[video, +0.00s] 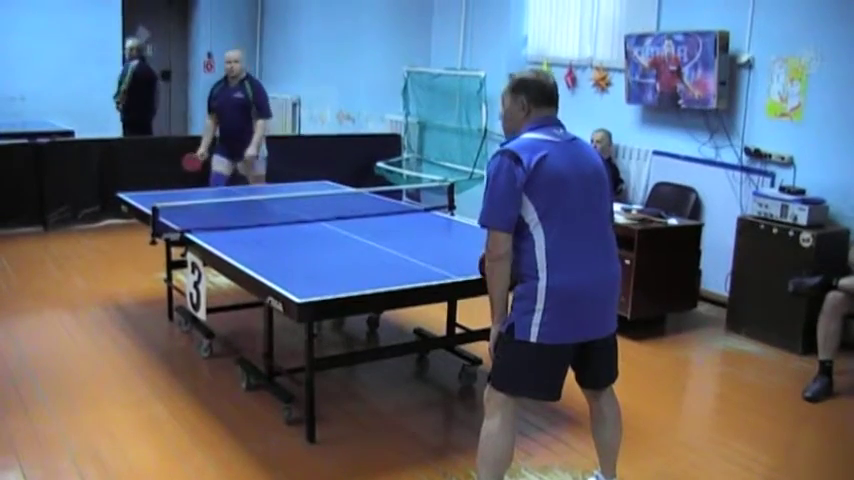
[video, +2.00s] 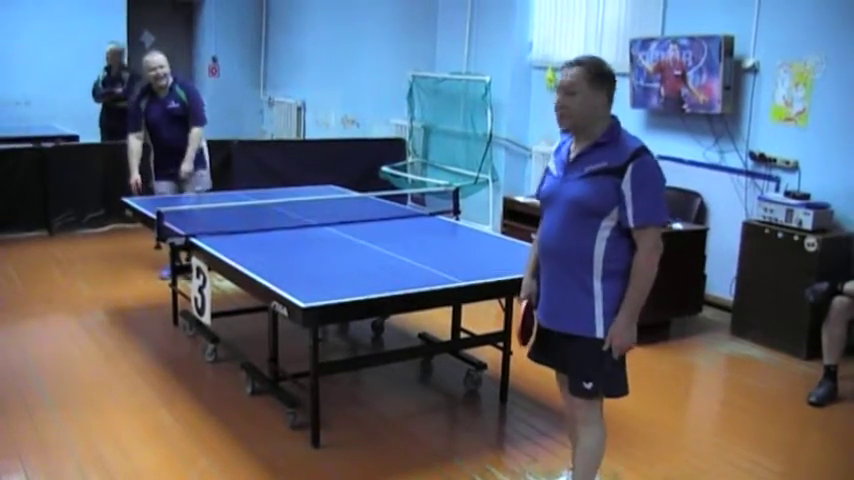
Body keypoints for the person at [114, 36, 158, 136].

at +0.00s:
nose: (126, 53)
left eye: (128, 49)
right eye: (127, 49)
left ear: (133, 51)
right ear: (141, 51)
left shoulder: (130, 67)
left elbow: (124, 87)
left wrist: (118, 100)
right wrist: (151, 113)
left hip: (131, 113)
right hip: (146, 113)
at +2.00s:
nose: (113, 59)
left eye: (116, 55)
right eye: (110, 55)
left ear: (121, 56)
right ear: (107, 57)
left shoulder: (130, 75)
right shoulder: (103, 75)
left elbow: (130, 95)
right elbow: (96, 95)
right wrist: (115, 92)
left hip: (126, 121)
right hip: (108, 122)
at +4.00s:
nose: (82, 57)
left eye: (85, 54)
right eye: (82, 54)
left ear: (94, 56)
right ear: (81, 55)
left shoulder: (94, 77)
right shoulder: (85, 74)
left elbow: (80, 103)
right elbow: (75, 88)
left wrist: (72, 94)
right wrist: (74, 94)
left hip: (91, 129)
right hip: (83, 128)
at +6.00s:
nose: (85, 57)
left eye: (89, 53)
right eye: (85, 53)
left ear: (97, 56)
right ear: (84, 54)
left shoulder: (96, 76)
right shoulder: (88, 73)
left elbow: (82, 102)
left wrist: (74, 92)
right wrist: (77, 93)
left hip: (93, 127)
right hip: (85, 126)